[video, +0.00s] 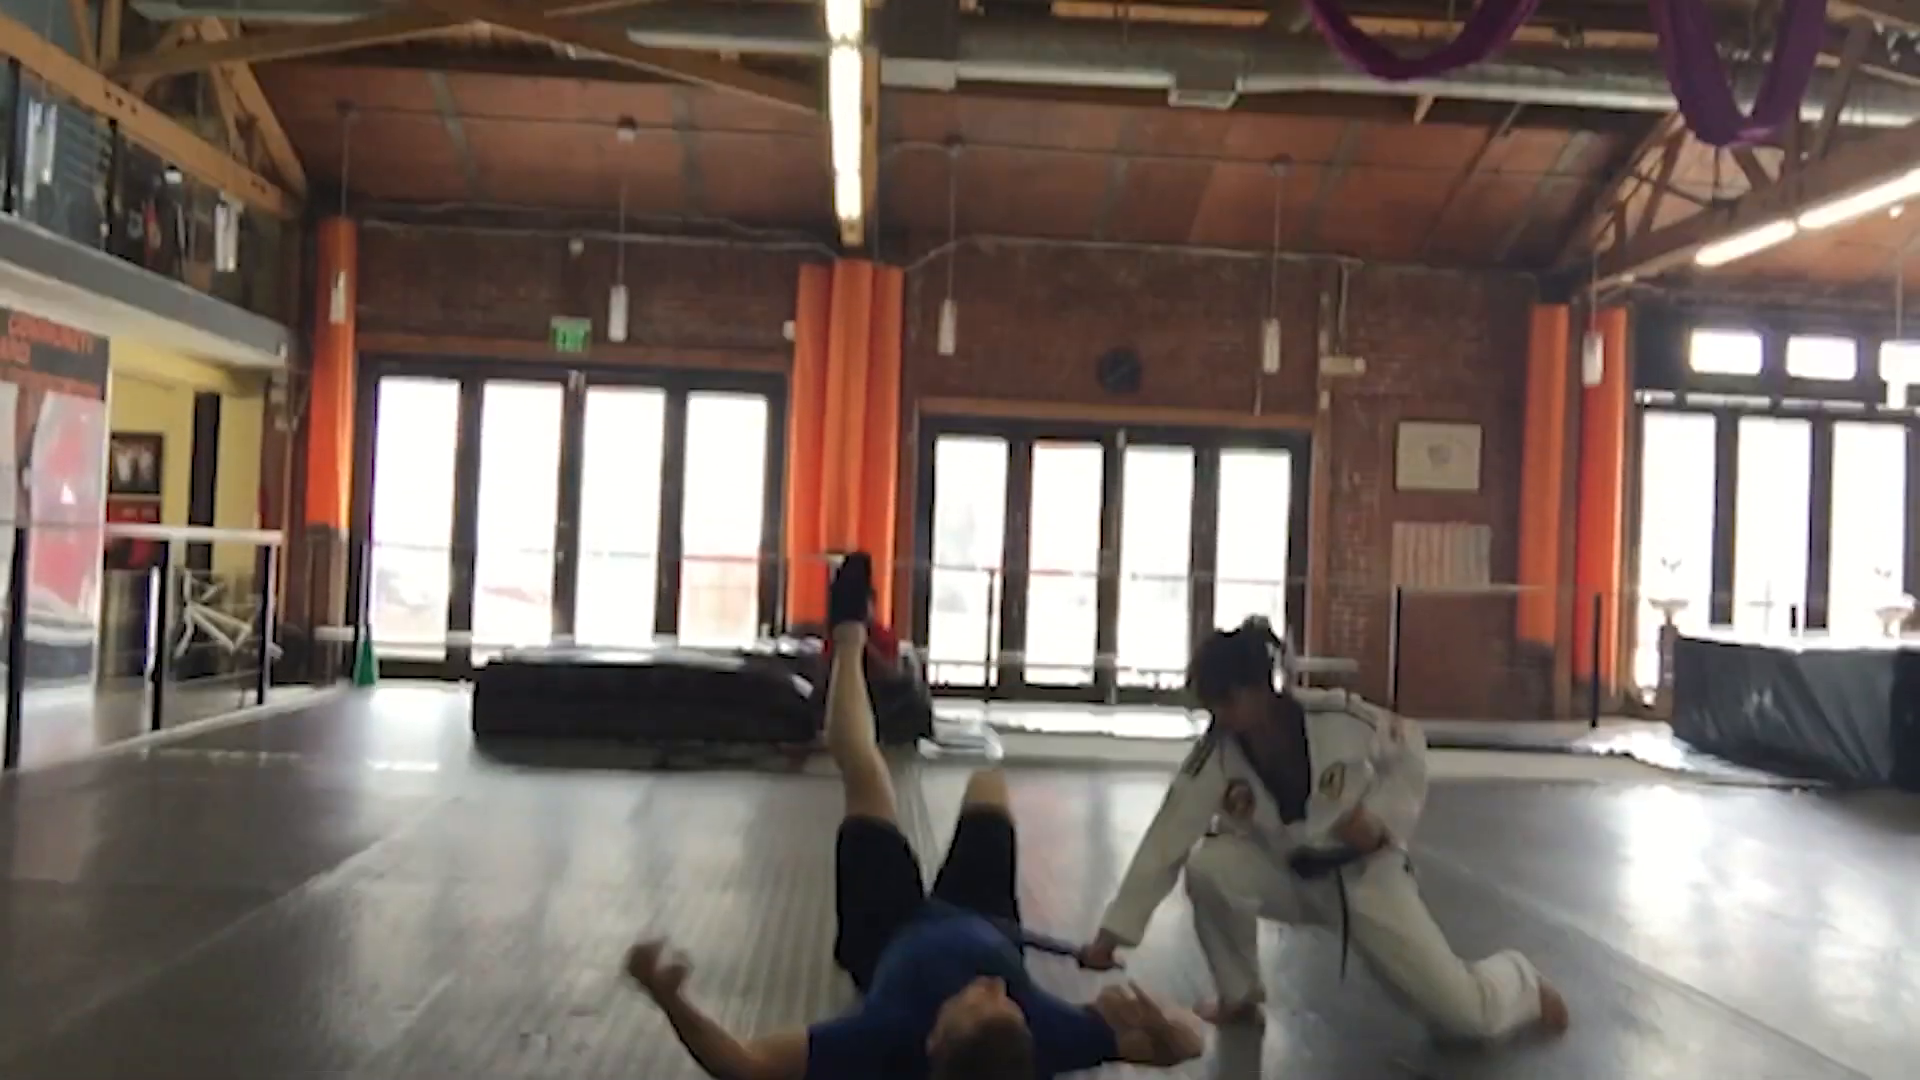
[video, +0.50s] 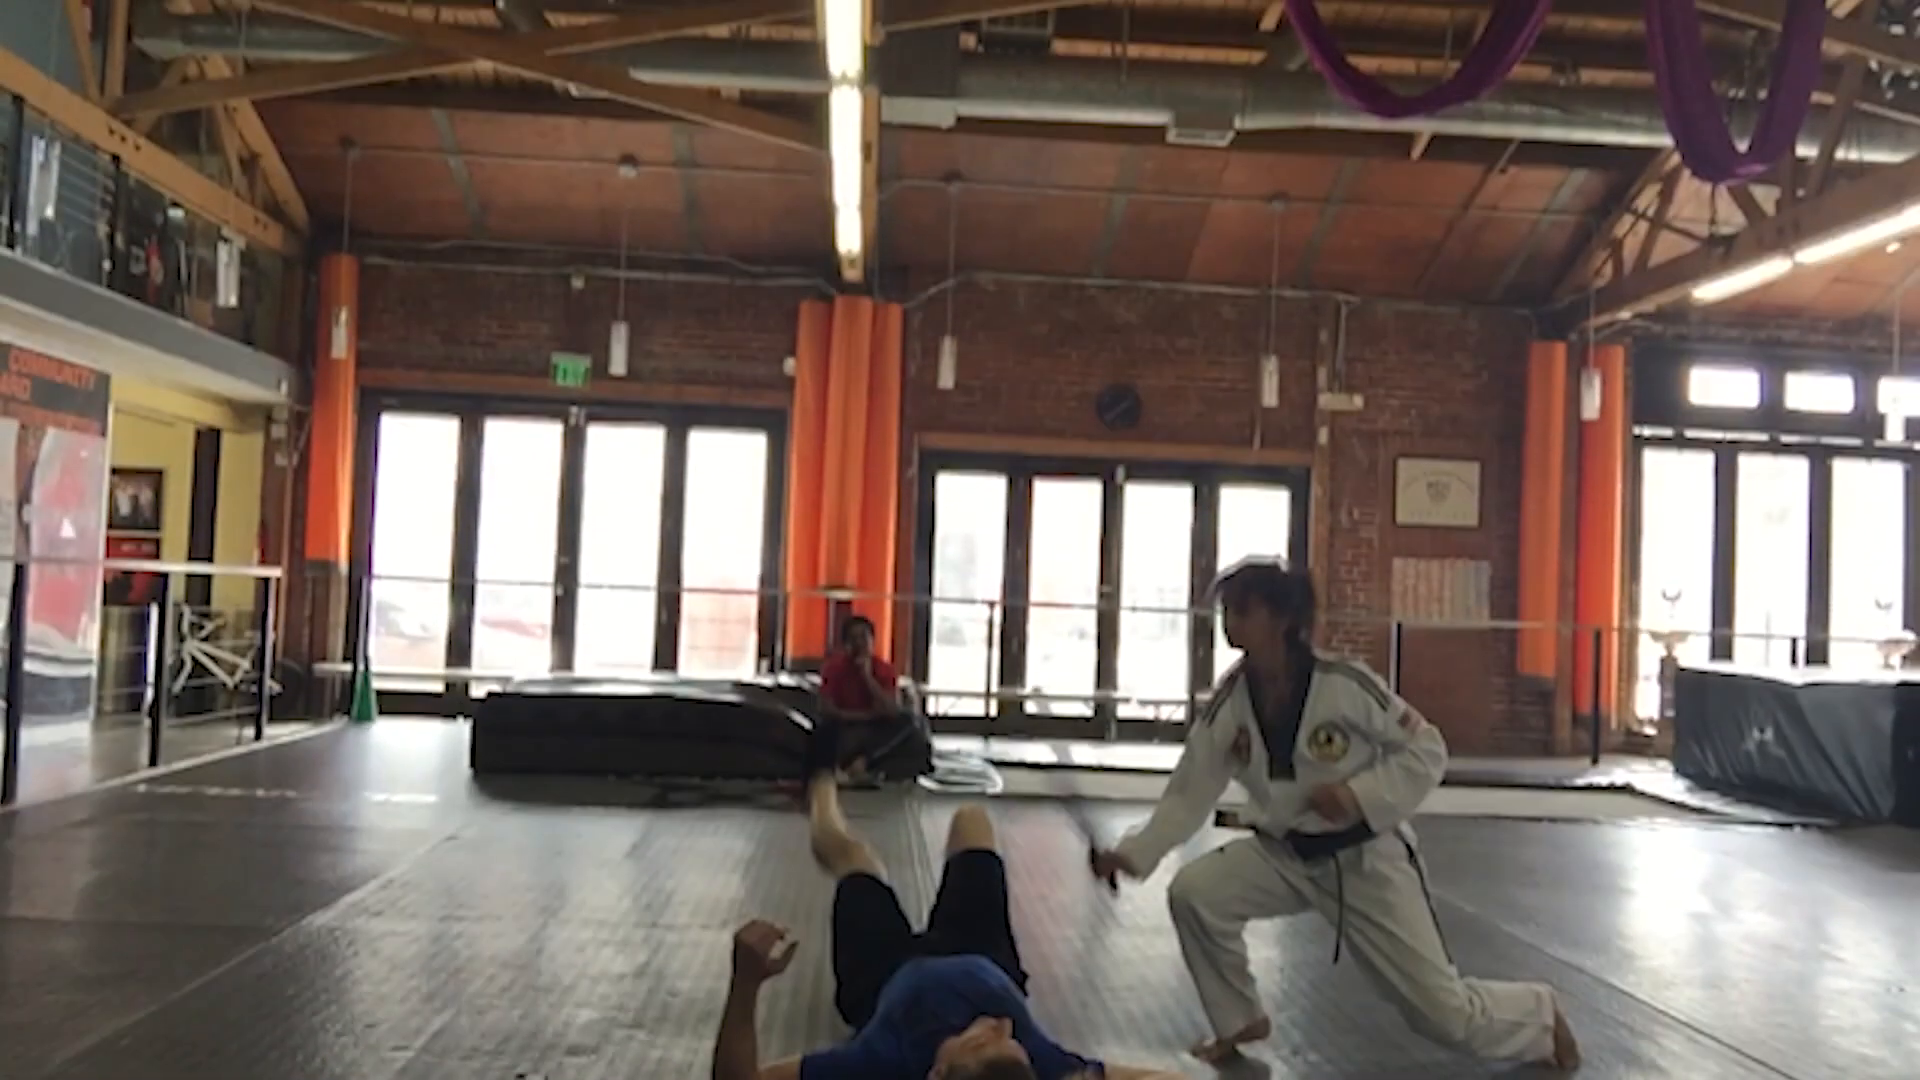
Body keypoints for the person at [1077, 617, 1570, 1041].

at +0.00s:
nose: (1217, 717)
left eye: (1224, 703)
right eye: (1210, 707)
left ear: (1263, 688)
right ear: (1218, 704)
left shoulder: (1344, 720)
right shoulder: (1218, 755)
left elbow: (1411, 758)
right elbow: (1164, 842)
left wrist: (1381, 818)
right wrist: (1112, 936)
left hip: (1366, 882)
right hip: (1289, 881)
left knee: (1463, 1016)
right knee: (1211, 864)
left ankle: (1520, 979)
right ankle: (1237, 998)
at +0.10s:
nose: (1206, 718)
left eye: (1217, 703)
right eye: (1204, 704)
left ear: (1262, 701)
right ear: (1220, 710)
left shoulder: (1337, 745)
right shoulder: (1214, 773)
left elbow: (1411, 787)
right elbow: (1160, 864)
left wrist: (1375, 845)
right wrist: (1101, 950)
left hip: (1364, 914)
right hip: (1285, 910)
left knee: (1472, 1045)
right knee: (1195, 883)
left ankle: (1528, 995)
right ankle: (1237, 1012)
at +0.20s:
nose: (1204, 717)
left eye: (1215, 703)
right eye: (1202, 703)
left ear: (1261, 700)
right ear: (1216, 708)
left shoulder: (1334, 745)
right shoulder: (1213, 777)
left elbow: (1412, 792)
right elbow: (1157, 865)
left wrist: (1370, 849)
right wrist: (1098, 953)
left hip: (1363, 917)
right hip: (1285, 914)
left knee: (1473, 1053)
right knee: (1194, 890)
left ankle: (1529, 1001)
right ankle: (1235, 1018)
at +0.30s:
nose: (1211, 703)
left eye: (1221, 688)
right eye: (1209, 689)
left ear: (1261, 685)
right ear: (1225, 691)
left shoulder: (1338, 728)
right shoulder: (1222, 763)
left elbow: (1418, 780)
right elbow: (1167, 845)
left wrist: (1376, 843)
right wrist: (1109, 937)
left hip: (1363, 907)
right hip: (1285, 905)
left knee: (1467, 1053)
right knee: (1194, 894)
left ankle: (1538, 1006)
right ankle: (1237, 1025)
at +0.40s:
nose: (1224, 671)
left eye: (1235, 657)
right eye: (1220, 659)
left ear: (1273, 660)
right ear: (1222, 668)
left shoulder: (1342, 719)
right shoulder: (1222, 746)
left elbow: (1425, 768)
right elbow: (1175, 828)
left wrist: (1376, 828)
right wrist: (1120, 907)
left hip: (1365, 893)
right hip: (1283, 887)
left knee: (1457, 1048)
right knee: (1192, 897)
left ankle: (1539, 1012)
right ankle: (1241, 1027)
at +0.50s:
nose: (1229, 625)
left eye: (1242, 612)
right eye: (1227, 612)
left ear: (1285, 620)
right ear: (1231, 621)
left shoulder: (1346, 684)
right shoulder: (1229, 702)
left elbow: (1426, 751)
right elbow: (1190, 788)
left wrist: (1360, 795)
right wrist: (1131, 855)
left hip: (1368, 860)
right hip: (1283, 855)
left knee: (1443, 1016)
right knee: (1195, 892)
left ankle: (1540, 1013)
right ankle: (1241, 1019)